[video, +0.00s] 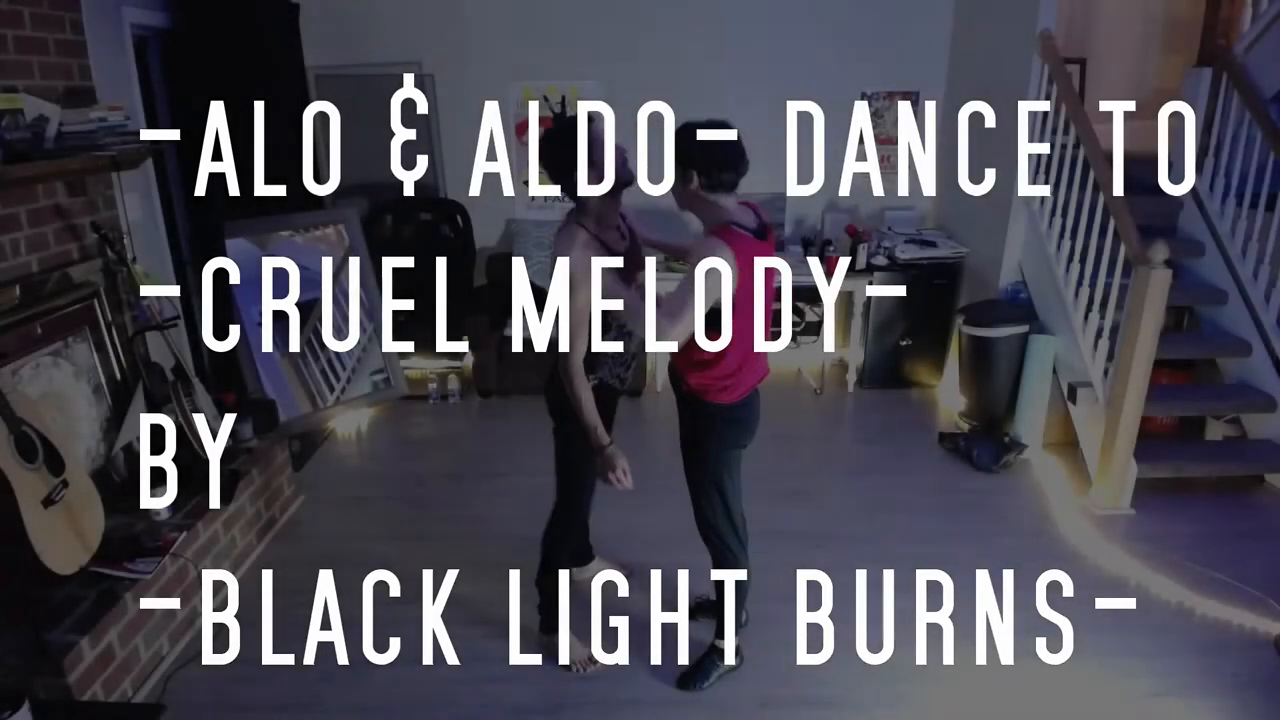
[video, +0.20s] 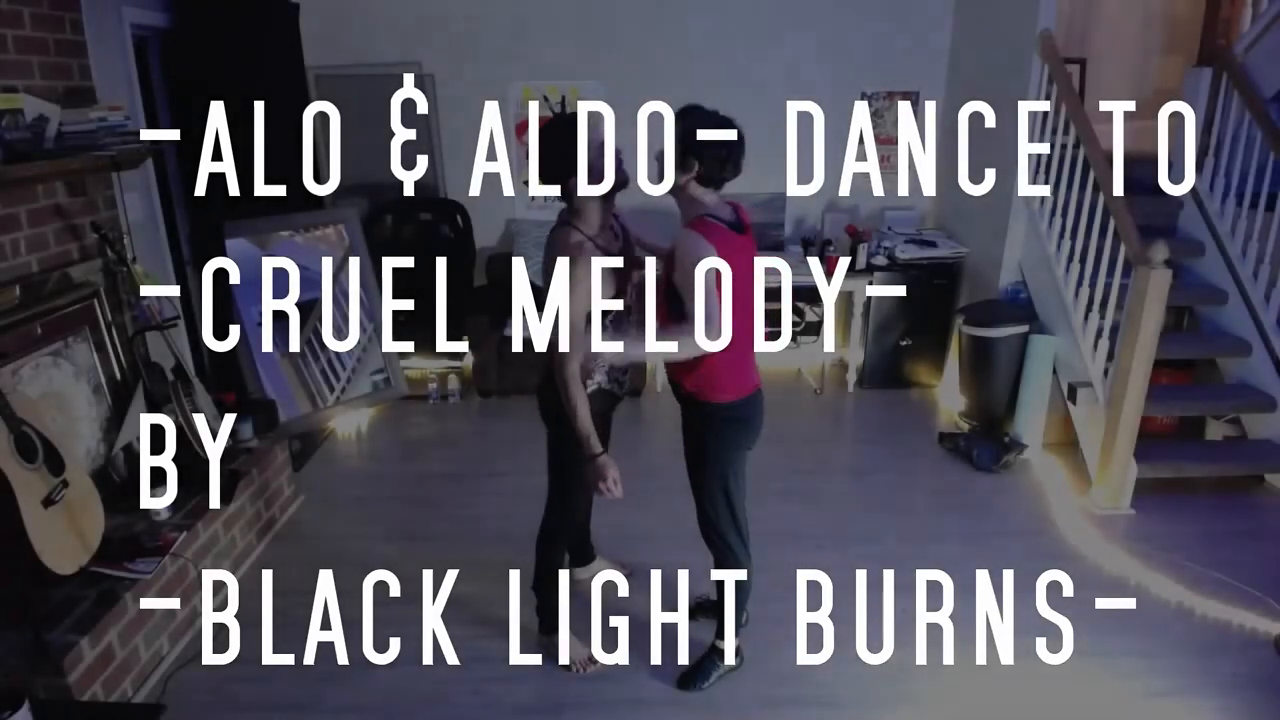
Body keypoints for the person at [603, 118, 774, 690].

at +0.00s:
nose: (671, 183)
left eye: (676, 173)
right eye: (673, 172)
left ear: (693, 180)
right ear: (732, 176)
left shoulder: (714, 251)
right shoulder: (750, 222)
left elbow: (664, 329)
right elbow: (690, 244)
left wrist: (626, 288)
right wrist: (633, 236)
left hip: (712, 410)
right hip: (734, 397)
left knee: (717, 521)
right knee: (723, 507)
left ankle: (728, 645)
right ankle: (734, 599)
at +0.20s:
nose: (660, 172)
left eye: (667, 161)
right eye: (666, 160)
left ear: (685, 171)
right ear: (719, 168)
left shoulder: (695, 243)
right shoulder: (732, 221)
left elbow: (699, 339)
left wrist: (629, 346)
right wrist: (642, 256)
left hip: (713, 407)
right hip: (733, 397)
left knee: (720, 522)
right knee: (726, 510)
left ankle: (727, 645)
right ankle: (735, 602)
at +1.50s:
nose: (704, 196)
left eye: (719, 188)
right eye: (697, 183)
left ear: (737, 191)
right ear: (683, 179)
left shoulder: (746, 239)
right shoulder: (669, 251)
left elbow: (794, 306)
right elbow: (658, 318)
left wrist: (817, 384)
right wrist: (614, 293)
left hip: (740, 418)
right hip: (687, 414)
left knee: (709, 544)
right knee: (690, 517)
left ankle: (725, 649)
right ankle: (718, 582)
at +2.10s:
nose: (701, 196)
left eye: (715, 187)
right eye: (695, 183)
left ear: (736, 188)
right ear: (684, 177)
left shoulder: (748, 246)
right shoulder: (675, 228)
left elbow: (772, 336)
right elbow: (657, 277)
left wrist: (791, 414)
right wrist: (613, 286)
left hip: (734, 390)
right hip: (682, 385)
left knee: (706, 521)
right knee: (673, 493)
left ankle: (714, 644)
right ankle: (712, 567)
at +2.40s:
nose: (692, 179)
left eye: (705, 171)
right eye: (686, 168)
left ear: (730, 175)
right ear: (677, 167)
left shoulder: (744, 237)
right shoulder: (678, 220)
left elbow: (764, 326)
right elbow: (668, 265)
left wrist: (780, 402)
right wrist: (635, 262)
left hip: (731, 383)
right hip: (680, 377)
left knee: (703, 516)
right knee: (689, 496)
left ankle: (688, 643)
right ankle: (708, 569)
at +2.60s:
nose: (683, 175)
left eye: (696, 168)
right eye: (680, 164)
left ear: (728, 172)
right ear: (678, 161)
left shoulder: (739, 237)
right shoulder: (682, 220)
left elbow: (755, 322)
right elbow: (663, 268)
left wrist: (764, 401)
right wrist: (626, 252)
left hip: (723, 376)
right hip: (677, 369)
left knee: (704, 509)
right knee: (687, 483)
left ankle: (689, 635)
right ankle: (715, 571)